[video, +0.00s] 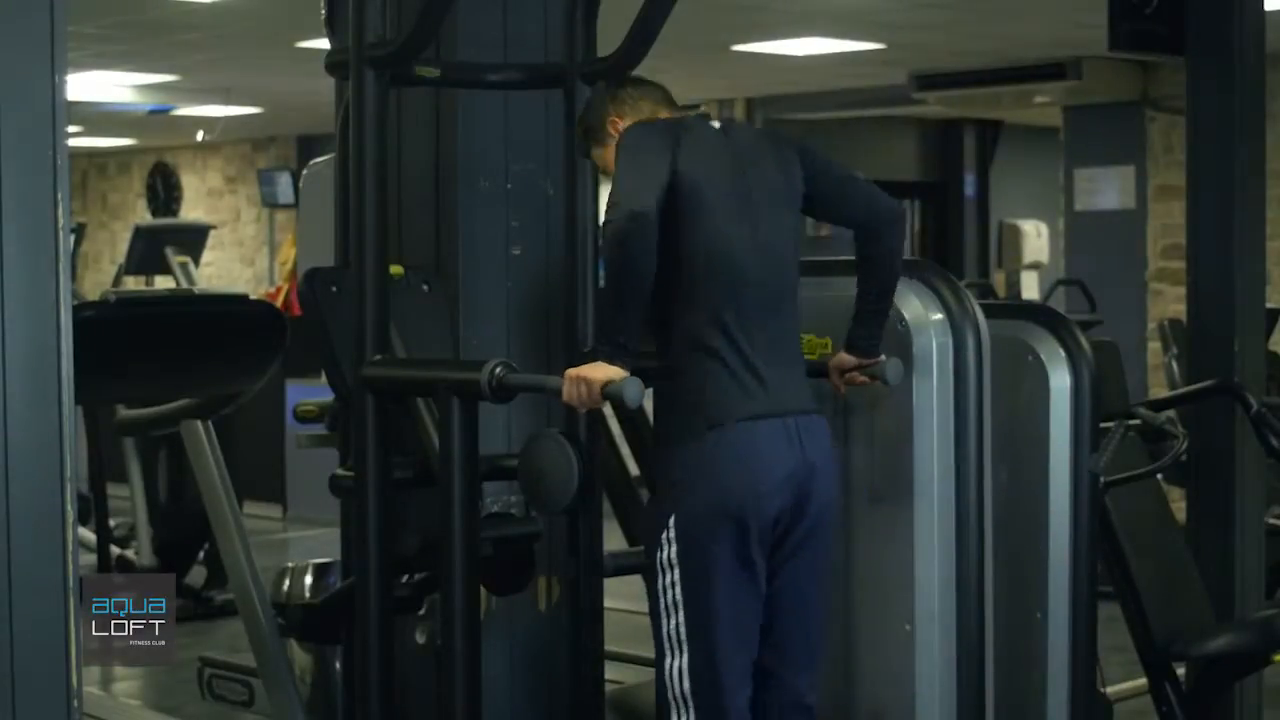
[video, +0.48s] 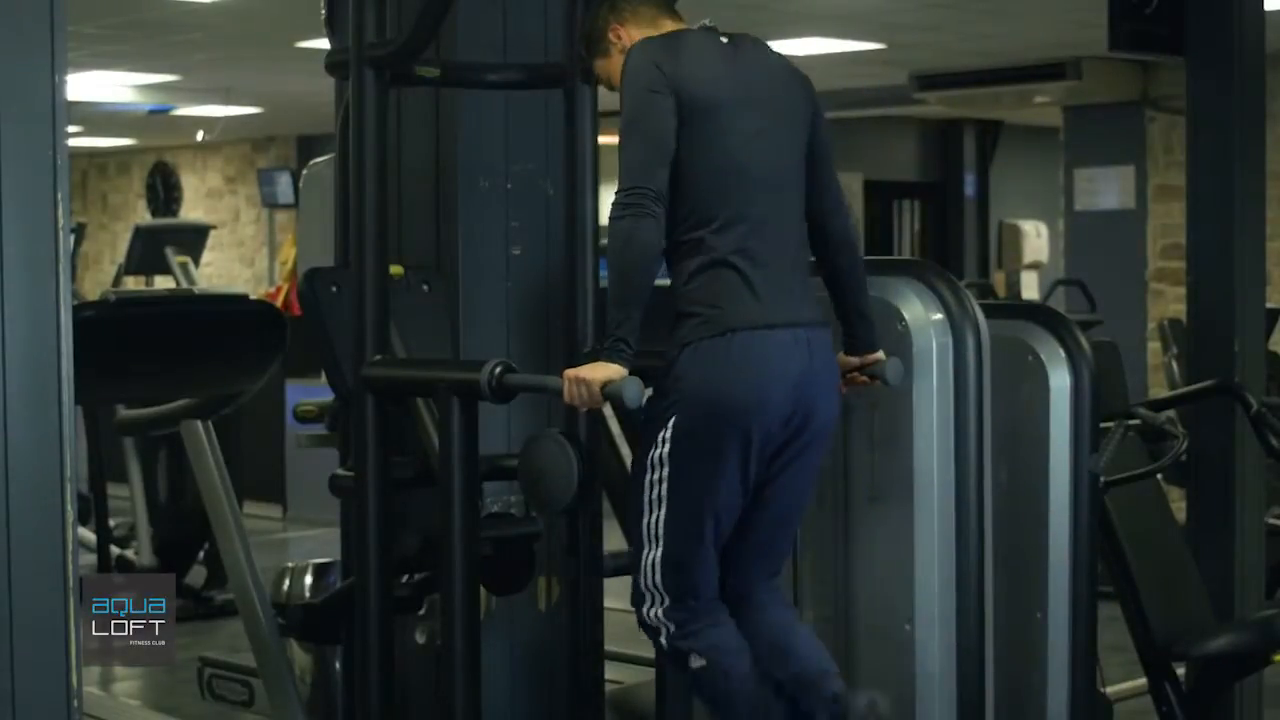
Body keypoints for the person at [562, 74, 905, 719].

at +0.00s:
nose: (614, 181)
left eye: (606, 165)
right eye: (605, 171)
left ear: (620, 128)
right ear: (677, 114)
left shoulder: (649, 140)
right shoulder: (774, 147)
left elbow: (629, 223)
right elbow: (882, 213)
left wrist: (614, 352)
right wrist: (863, 345)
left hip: (714, 445)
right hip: (806, 437)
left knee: (704, 688)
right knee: (792, 683)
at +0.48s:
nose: (615, 91)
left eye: (609, 78)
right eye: (608, 84)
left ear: (620, 34)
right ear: (674, 17)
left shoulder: (652, 62)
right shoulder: (785, 72)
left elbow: (641, 207)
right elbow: (831, 219)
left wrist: (612, 347)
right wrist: (860, 338)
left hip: (724, 358)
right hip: (812, 354)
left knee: (673, 599)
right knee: (752, 586)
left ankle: (761, 712)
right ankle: (836, 706)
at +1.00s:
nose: (617, 112)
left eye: (610, 97)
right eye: (610, 105)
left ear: (625, 61)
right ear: (674, 44)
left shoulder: (651, 82)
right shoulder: (786, 88)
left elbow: (633, 208)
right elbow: (854, 210)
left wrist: (612, 349)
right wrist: (865, 336)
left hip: (737, 379)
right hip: (823, 373)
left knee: (685, 614)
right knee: (764, 588)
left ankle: (882, 674)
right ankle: (867, 601)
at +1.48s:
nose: (597, 219)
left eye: (592, 206)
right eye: (591, 212)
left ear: (605, 171)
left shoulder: (640, 168)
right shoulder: (763, 168)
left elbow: (623, 222)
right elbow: (877, 213)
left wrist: (609, 352)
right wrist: (868, 342)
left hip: (739, 464)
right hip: (821, 448)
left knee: (712, 700)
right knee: (789, 676)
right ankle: (891, 693)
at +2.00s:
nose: (596, 326)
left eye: (586, 313)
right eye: (587, 320)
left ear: (594, 277)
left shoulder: (631, 272)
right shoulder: (742, 242)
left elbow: (633, 216)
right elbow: (861, 216)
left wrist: (613, 351)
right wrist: (865, 341)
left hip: (742, 544)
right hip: (824, 529)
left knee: (731, 706)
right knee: (819, 709)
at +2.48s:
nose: (601, 240)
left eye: (592, 226)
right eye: (591, 234)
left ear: (597, 186)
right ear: (643, 156)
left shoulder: (634, 176)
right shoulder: (750, 173)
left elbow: (637, 222)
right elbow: (866, 209)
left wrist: (612, 352)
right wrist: (866, 338)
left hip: (723, 468)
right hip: (810, 455)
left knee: (712, 701)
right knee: (785, 686)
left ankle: (879, 702)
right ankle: (885, 698)